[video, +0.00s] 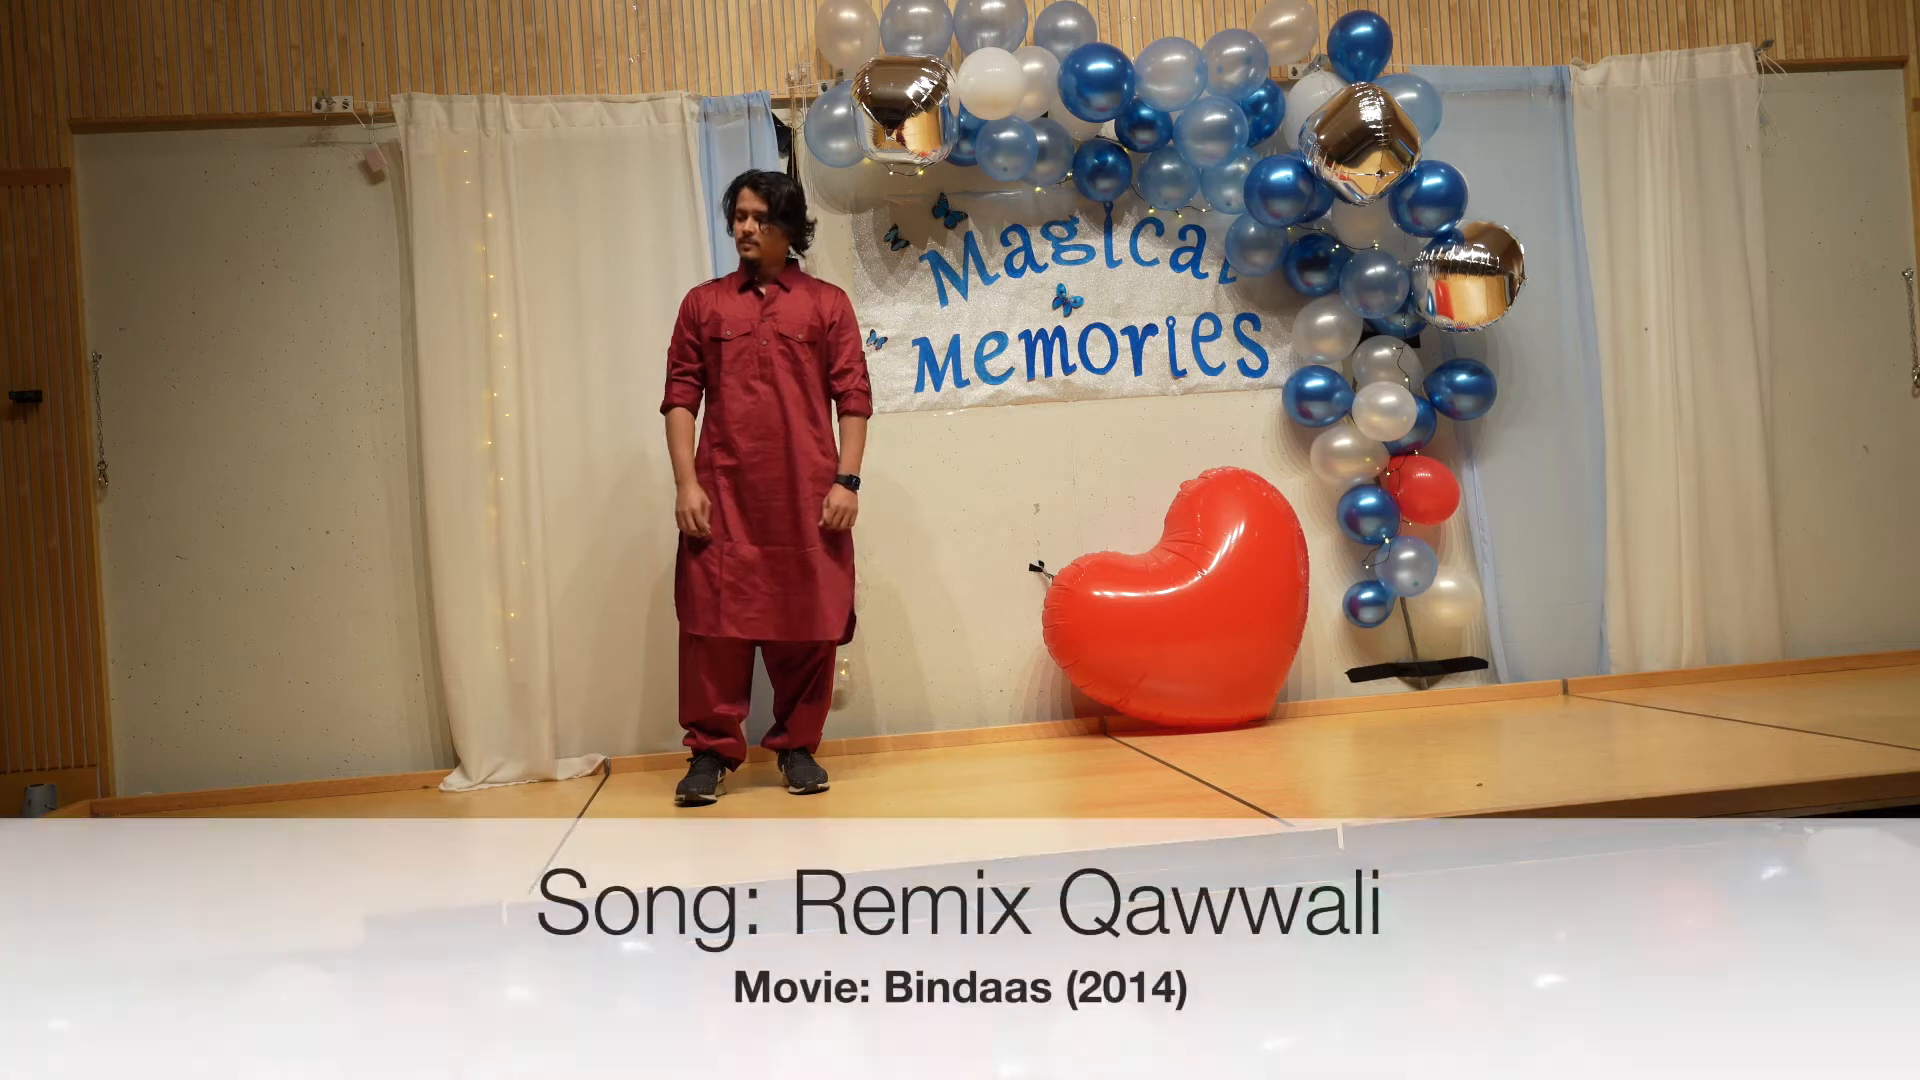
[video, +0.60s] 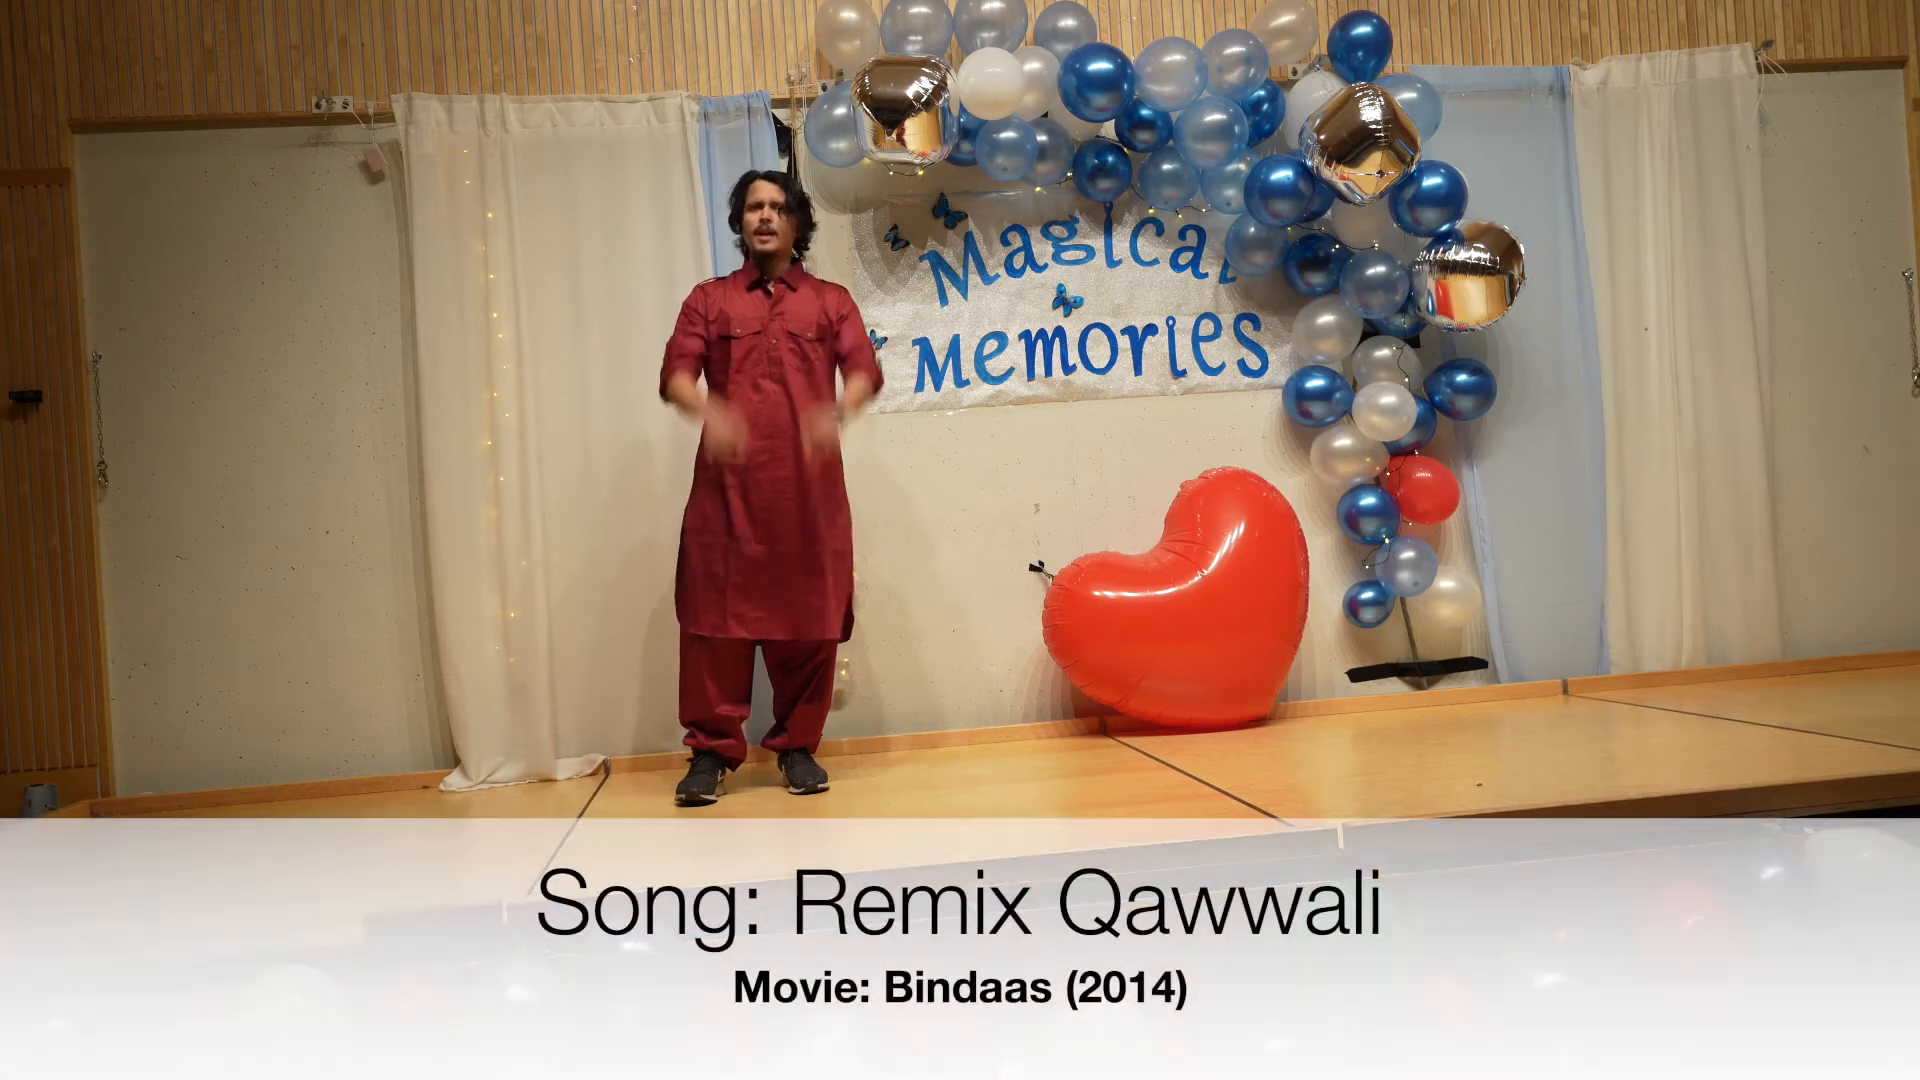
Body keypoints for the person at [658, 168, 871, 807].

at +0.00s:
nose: (745, 227)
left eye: (760, 217)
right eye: (739, 216)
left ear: (790, 227)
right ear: (730, 224)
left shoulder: (827, 303)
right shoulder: (703, 304)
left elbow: (854, 397)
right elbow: (679, 399)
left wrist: (848, 480)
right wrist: (686, 482)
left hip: (805, 493)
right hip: (723, 493)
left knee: (808, 628)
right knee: (713, 624)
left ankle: (799, 748)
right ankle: (710, 752)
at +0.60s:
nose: (763, 218)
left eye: (776, 208)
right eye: (753, 208)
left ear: (799, 223)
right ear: (738, 223)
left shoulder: (830, 299)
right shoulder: (709, 298)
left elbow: (865, 373)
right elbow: (676, 378)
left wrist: (838, 413)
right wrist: (713, 412)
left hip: (806, 484)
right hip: (727, 485)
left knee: (809, 617)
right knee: (713, 616)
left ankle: (799, 748)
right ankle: (710, 752)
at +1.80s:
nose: (764, 224)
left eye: (773, 215)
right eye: (752, 217)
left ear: (791, 229)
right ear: (732, 235)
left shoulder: (826, 299)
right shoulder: (714, 303)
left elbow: (888, 335)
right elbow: (678, 353)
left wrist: (895, 318)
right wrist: (714, 313)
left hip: (827, 471)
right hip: (750, 476)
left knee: (827, 606)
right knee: (767, 602)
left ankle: (808, 742)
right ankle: (791, 742)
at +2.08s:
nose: (771, 241)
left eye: (781, 229)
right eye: (758, 230)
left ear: (798, 230)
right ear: (735, 233)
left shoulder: (826, 288)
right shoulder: (713, 299)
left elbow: (874, 342)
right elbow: (710, 350)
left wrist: (843, 316)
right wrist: (780, 311)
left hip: (831, 466)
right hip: (752, 469)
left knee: (831, 600)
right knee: (780, 593)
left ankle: (800, 744)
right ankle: (826, 718)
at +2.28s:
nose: (777, 240)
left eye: (788, 229)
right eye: (764, 228)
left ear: (803, 228)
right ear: (740, 228)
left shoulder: (830, 284)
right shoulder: (715, 295)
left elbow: (881, 343)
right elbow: (716, 356)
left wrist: (849, 317)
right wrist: (785, 317)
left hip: (832, 474)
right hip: (754, 480)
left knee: (830, 611)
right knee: (778, 612)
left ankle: (800, 744)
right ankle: (818, 748)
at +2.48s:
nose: (785, 240)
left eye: (796, 228)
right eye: (772, 228)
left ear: (812, 223)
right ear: (748, 223)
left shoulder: (836, 280)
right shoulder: (720, 289)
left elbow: (888, 341)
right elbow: (719, 358)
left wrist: (854, 328)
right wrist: (792, 328)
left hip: (837, 478)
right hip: (759, 484)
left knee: (831, 615)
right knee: (778, 619)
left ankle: (806, 747)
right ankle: (813, 757)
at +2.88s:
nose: (802, 180)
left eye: (813, 170)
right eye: (787, 170)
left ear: (831, 185)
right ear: (763, 184)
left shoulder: (855, 263)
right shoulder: (731, 269)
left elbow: (888, 312)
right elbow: (699, 360)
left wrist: (910, 328)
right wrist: (775, 384)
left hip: (851, 464)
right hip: (770, 470)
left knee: (855, 612)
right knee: (785, 619)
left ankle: (823, 744)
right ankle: (817, 763)